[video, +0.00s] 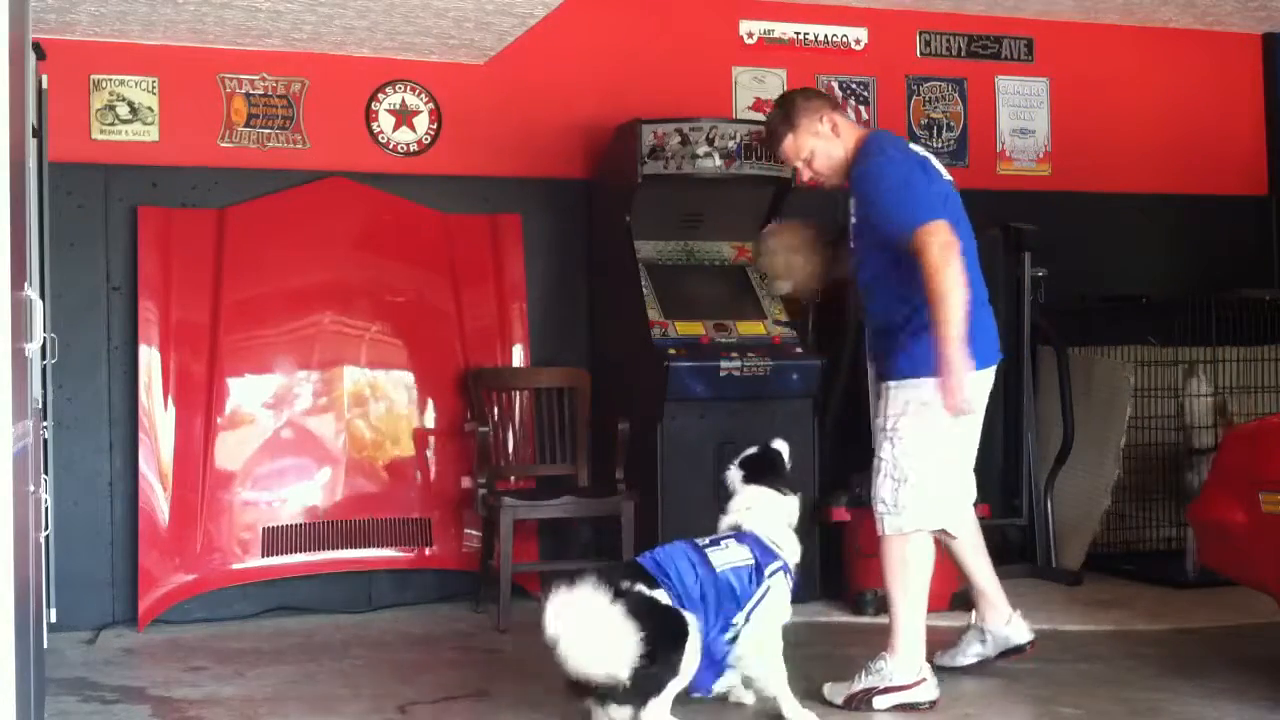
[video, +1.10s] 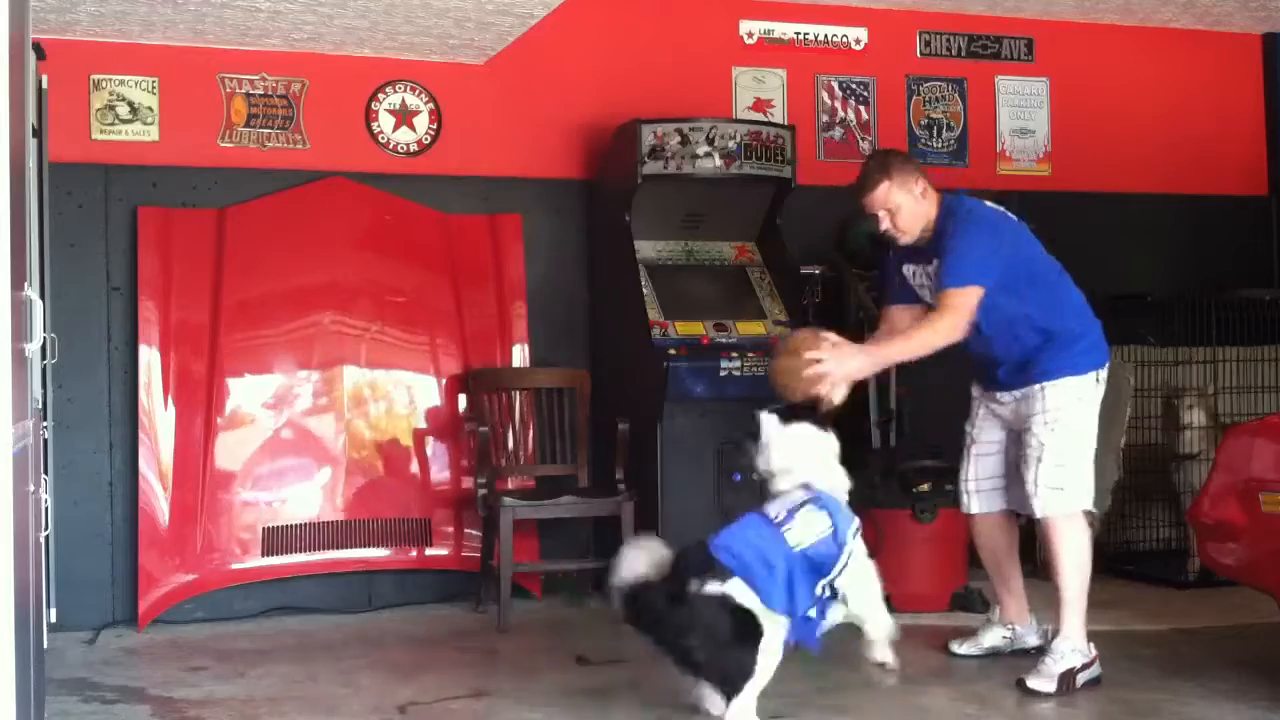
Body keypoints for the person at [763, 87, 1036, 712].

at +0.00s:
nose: (804, 177)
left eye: (802, 159)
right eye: (796, 169)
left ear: (832, 123)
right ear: (836, 124)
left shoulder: (883, 164)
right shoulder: (882, 162)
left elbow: (938, 245)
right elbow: (885, 255)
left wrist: (953, 355)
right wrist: (819, 265)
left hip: (923, 363)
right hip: (940, 358)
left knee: (902, 507)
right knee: (945, 497)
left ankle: (906, 664)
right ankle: (999, 618)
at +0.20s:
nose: (829, 191)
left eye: (827, 176)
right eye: (820, 184)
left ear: (856, 142)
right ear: (846, 152)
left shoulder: (926, 179)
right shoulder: (880, 204)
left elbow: (989, 258)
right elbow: (887, 299)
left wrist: (991, 364)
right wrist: (813, 308)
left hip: (962, 377)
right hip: (935, 376)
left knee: (927, 513)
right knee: (956, 511)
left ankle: (911, 665)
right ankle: (1008, 628)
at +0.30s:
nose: (840, 202)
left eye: (840, 186)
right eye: (831, 194)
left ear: (870, 154)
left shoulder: (944, 185)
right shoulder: (881, 223)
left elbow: (1002, 269)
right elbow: (881, 325)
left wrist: (986, 369)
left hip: (995, 375)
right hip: (942, 379)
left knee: (960, 511)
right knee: (963, 512)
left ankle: (930, 655)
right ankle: (1012, 634)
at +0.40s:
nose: (848, 210)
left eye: (849, 195)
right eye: (840, 201)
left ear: (878, 163)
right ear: (866, 176)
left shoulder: (953, 190)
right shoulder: (882, 227)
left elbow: (1005, 279)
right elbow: (896, 318)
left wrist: (978, 378)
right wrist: (889, 403)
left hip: (1014, 366)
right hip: (956, 371)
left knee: (986, 498)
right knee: (964, 502)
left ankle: (996, 642)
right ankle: (1008, 632)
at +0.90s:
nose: (883, 228)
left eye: (887, 213)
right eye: (875, 220)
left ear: (919, 185)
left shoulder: (986, 223)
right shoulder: (911, 242)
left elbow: (1018, 310)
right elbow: (924, 321)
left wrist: (949, 347)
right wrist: (912, 391)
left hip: (1042, 369)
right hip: (979, 378)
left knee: (1046, 502)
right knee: (983, 503)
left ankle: (1077, 644)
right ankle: (1015, 621)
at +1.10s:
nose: (882, 226)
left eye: (887, 211)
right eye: (874, 217)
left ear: (920, 189)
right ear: (873, 213)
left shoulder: (973, 227)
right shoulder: (903, 252)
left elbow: (952, 321)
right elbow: (895, 332)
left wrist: (861, 357)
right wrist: (846, 369)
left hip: (1061, 369)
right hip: (997, 379)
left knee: (1056, 500)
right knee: (985, 498)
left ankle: (1074, 644)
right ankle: (1015, 622)